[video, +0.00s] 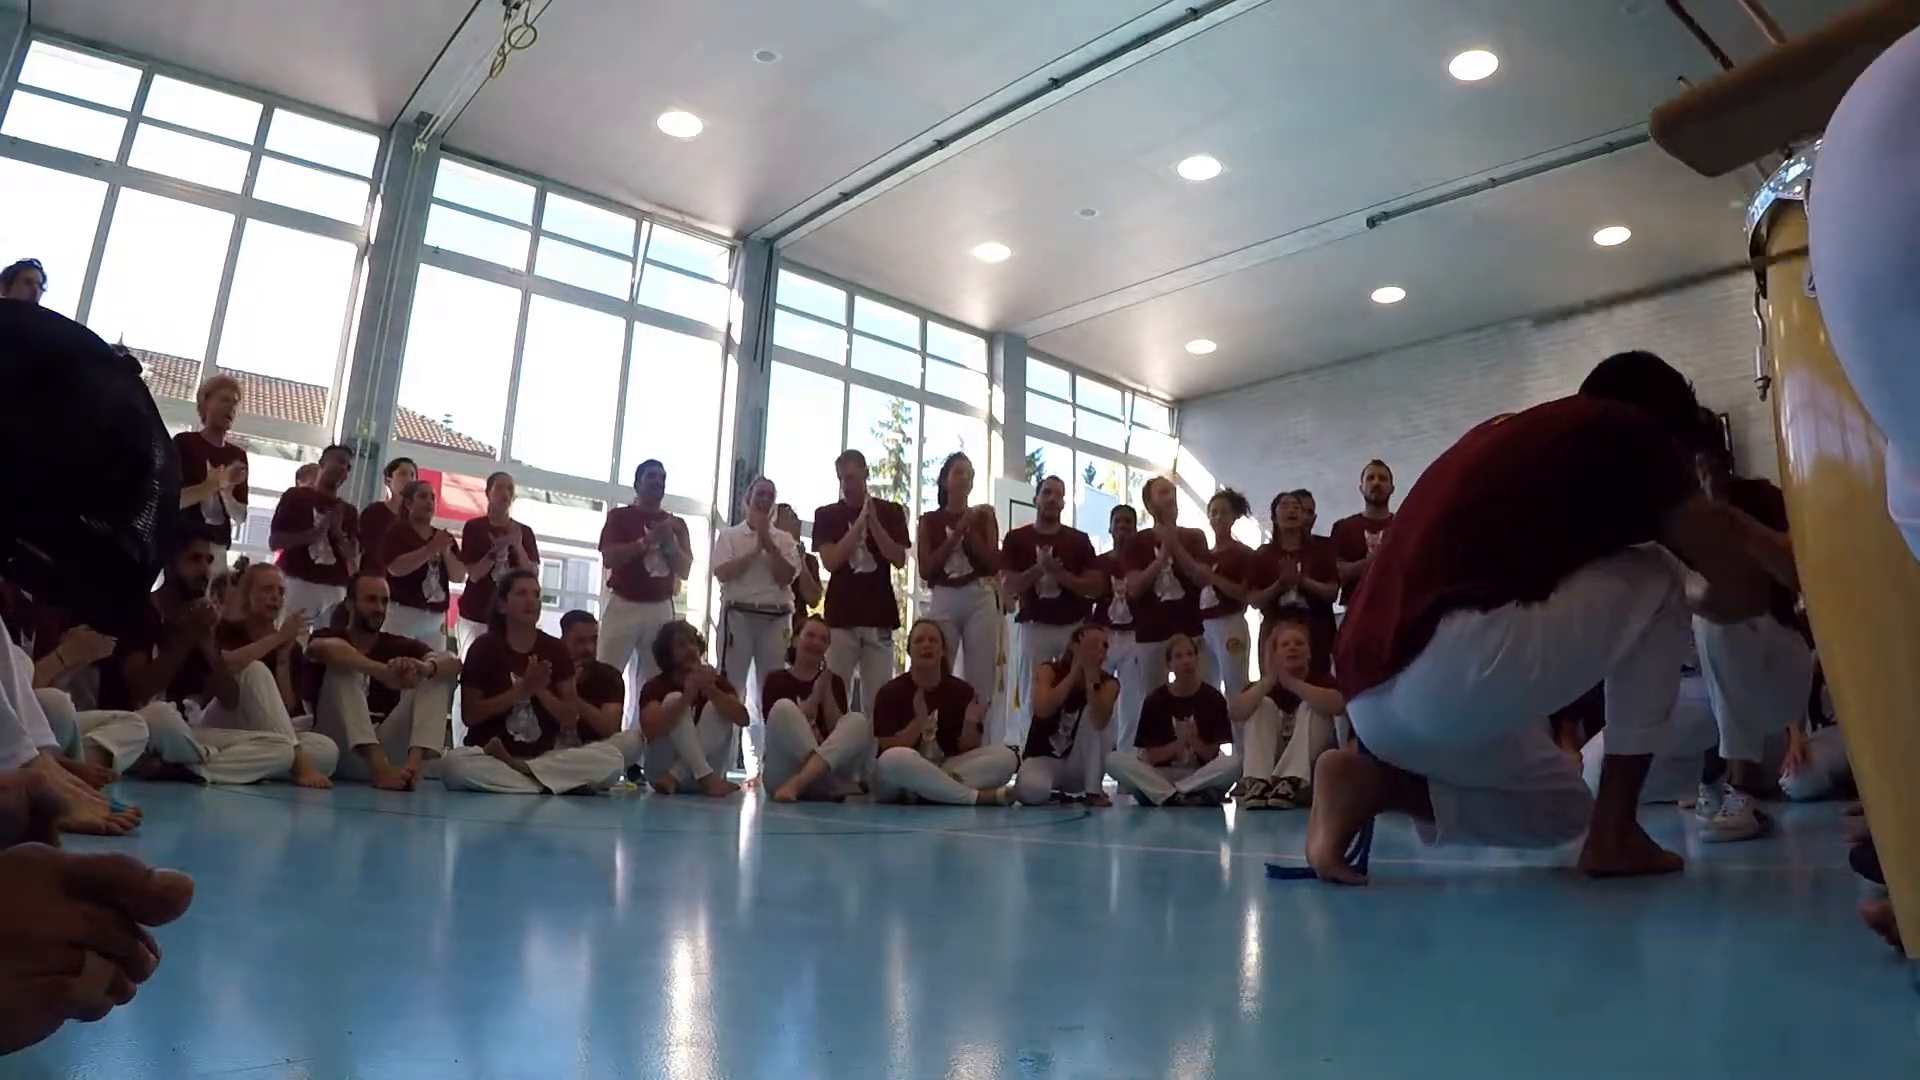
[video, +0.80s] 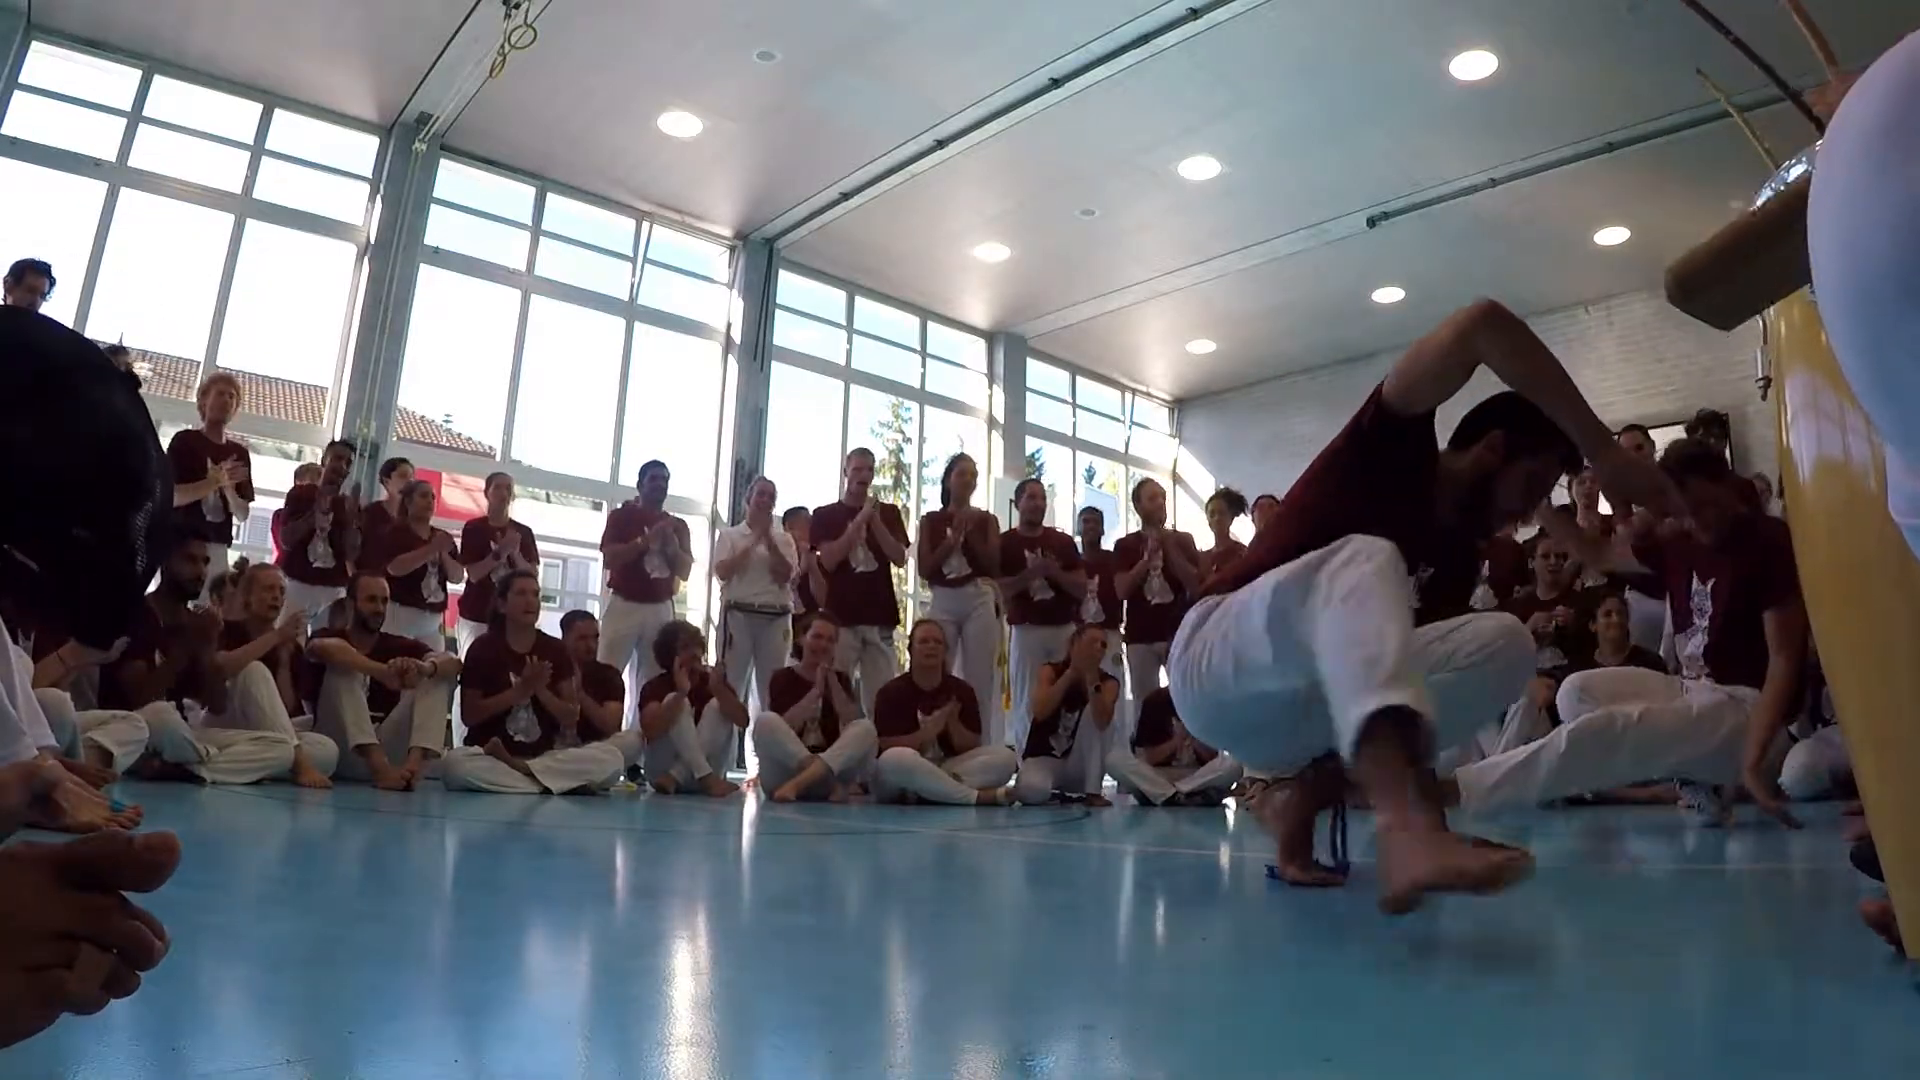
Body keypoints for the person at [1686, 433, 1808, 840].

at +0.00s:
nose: (1701, 477)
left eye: (1708, 463)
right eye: (1691, 468)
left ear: (1724, 462)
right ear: (1673, 472)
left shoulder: (1760, 502)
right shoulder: (1665, 526)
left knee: (1714, 623)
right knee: (1598, 768)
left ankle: (1739, 786)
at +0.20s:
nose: (1675, 480)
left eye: (1684, 466)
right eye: (1664, 470)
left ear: (1711, 455)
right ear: (1650, 471)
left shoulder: (1749, 503)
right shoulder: (1655, 524)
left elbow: (1796, 572)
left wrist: (1747, 477)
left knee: (1711, 613)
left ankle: (1739, 781)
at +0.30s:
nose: (1659, 482)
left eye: (1670, 467)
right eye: (1650, 473)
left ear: (1702, 466)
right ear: (1638, 478)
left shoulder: (1748, 512)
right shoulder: (1644, 535)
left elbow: (1791, 597)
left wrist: (1747, 495)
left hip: (1775, 692)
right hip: (1696, 692)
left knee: (1698, 592)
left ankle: (1710, 770)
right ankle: (1726, 769)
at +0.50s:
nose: (1670, 507)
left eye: (1677, 489)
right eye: (1661, 497)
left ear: (1702, 478)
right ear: (1650, 501)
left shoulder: (1753, 526)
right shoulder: (1662, 555)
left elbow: (1795, 634)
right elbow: (1639, 635)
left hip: (1760, 711)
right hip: (1684, 711)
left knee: (1665, 619)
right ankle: (1695, 773)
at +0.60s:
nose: (1683, 510)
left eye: (1689, 493)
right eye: (1669, 504)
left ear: (1716, 479)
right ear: (1659, 508)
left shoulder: (1763, 534)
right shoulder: (1674, 553)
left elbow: (1790, 642)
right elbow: (1631, 626)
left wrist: (1772, 703)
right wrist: (1566, 635)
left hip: (1760, 707)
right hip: (1691, 702)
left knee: (1636, 659)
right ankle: (1698, 775)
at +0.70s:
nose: (1688, 513)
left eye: (1695, 497)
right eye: (1675, 506)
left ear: (1722, 481)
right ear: (1666, 508)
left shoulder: (1769, 538)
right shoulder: (1681, 552)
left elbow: (1787, 649)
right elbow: (1610, 602)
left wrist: (1766, 741)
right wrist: (1538, 579)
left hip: (1748, 703)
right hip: (1683, 691)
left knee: (1589, 697)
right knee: (1578, 695)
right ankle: (1695, 779)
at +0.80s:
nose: (1696, 524)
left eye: (1704, 509)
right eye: (1685, 512)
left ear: (1732, 491)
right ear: (1672, 507)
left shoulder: (1769, 541)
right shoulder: (1677, 546)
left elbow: (1786, 658)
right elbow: (1593, 554)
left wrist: (1753, 764)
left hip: (1747, 704)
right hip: (1689, 689)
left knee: (1595, 735)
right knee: (1578, 693)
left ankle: (1445, 791)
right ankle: (1697, 783)